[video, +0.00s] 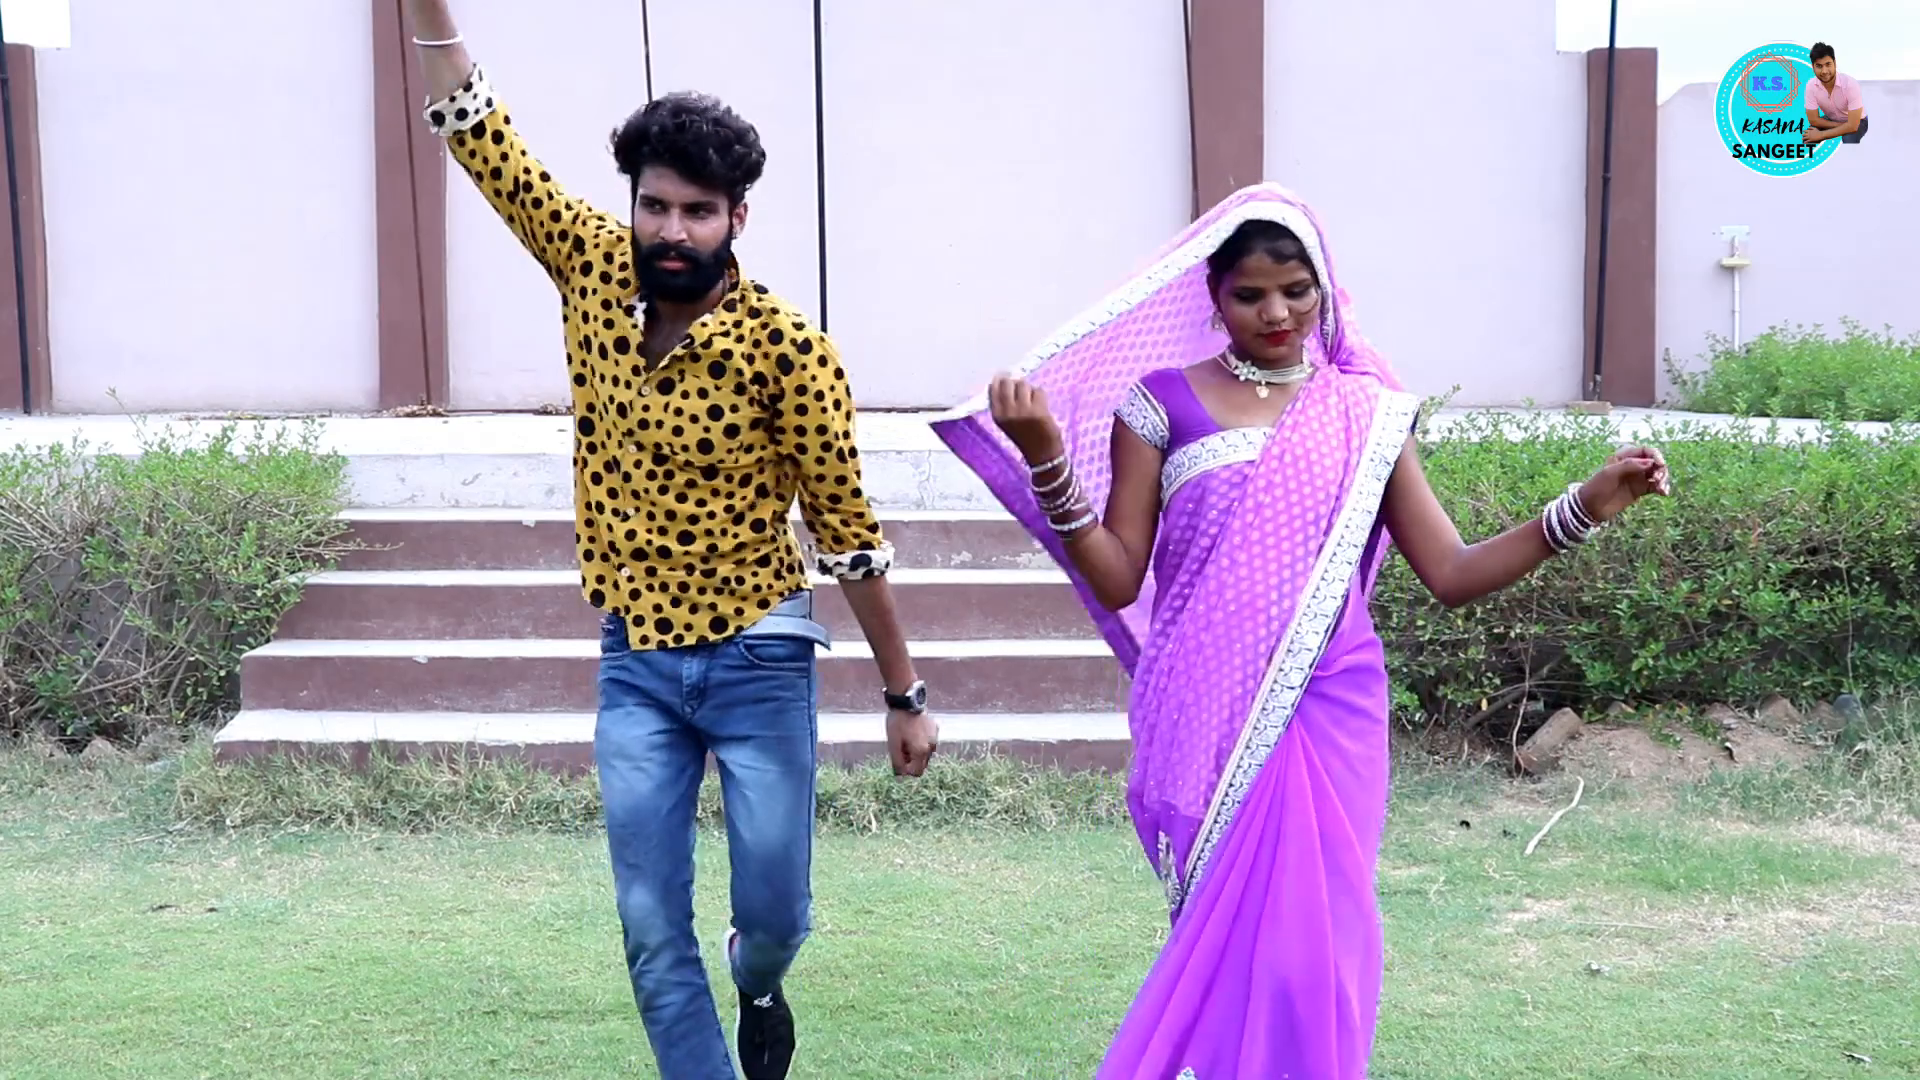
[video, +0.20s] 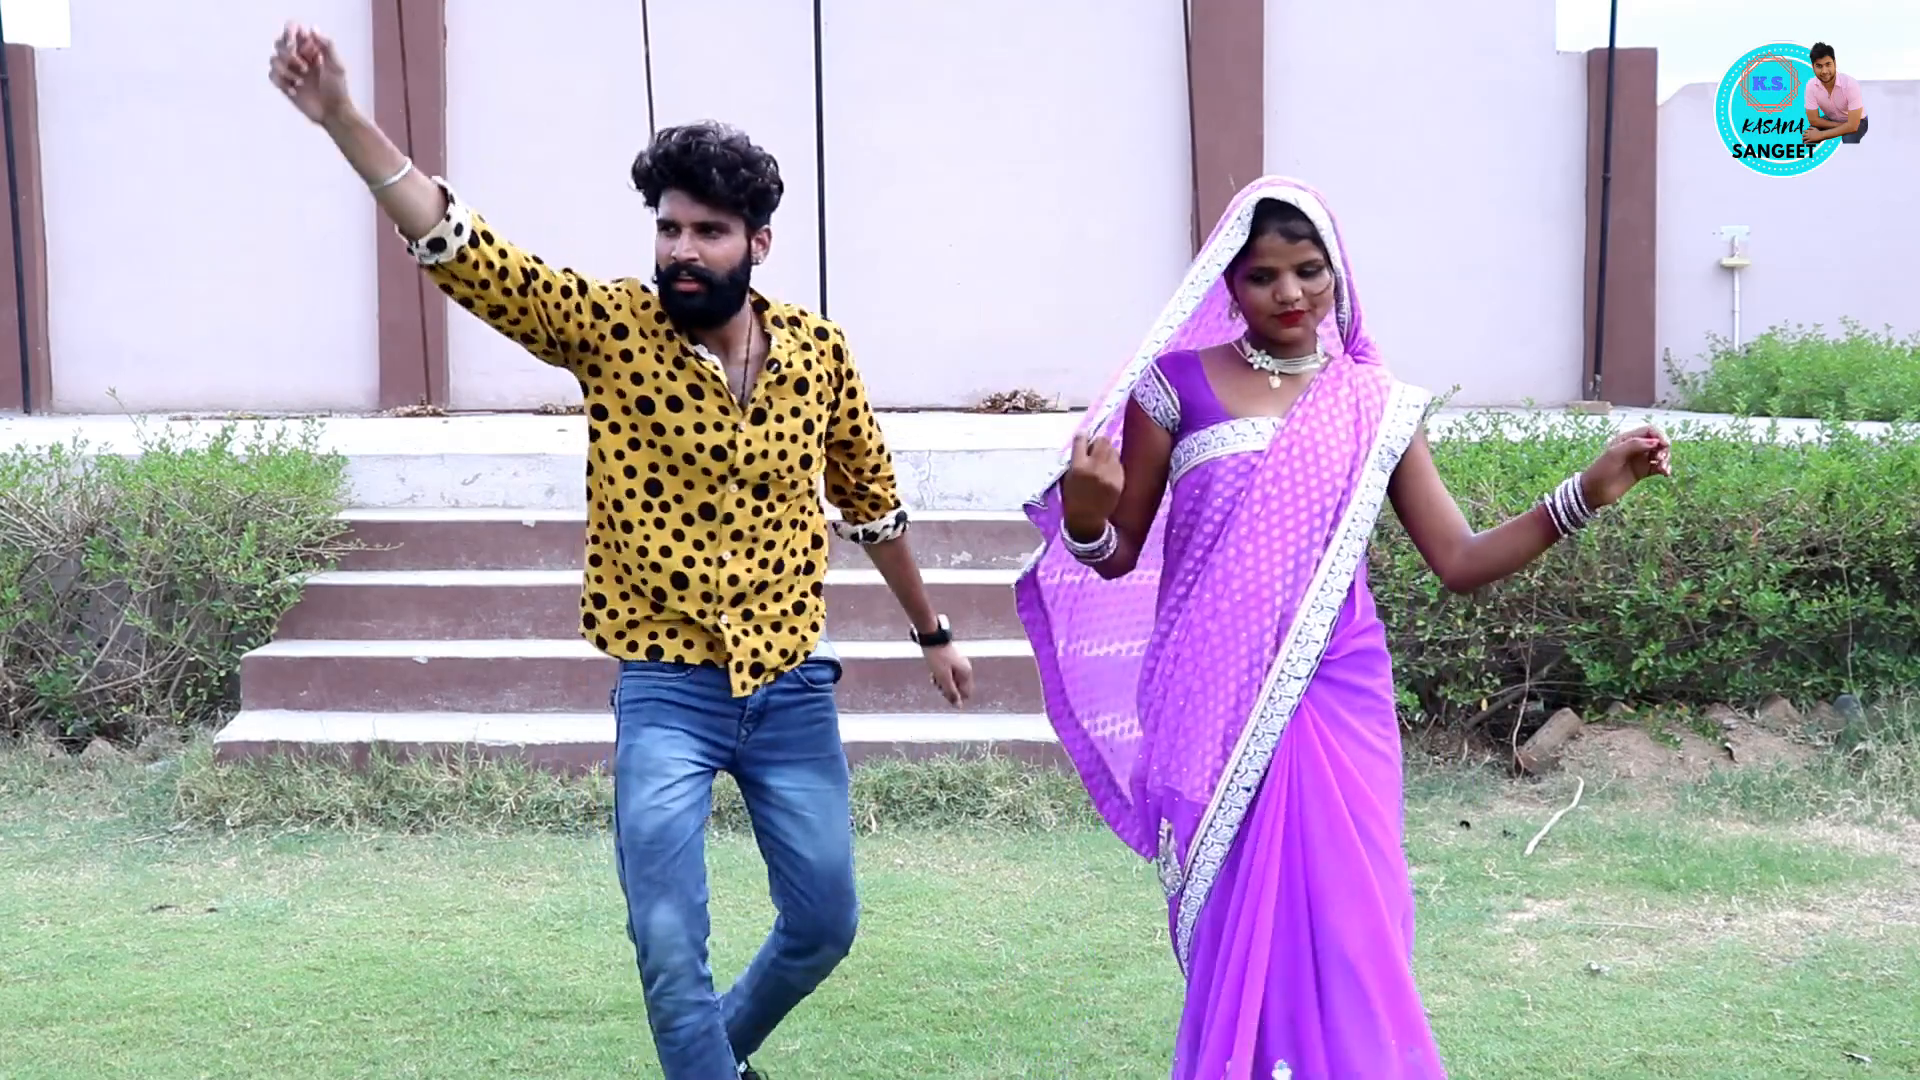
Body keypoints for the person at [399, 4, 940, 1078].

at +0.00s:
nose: (670, 231)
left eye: (695, 211)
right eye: (653, 206)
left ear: (736, 214)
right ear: (629, 203)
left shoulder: (789, 351)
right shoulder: (591, 269)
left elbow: (848, 536)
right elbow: (487, 148)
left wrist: (905, 692)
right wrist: (422, 8)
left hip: (762, 664)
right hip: (635, 667)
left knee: (775, 913)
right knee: (651, 928)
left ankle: (753, 994)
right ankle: (703, 1073)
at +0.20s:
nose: (683, 251)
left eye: (707, 232)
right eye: (669, 229)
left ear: (757, 241)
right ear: (652, 231)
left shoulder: (817, 353)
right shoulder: (611, 329)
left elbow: (873, 506)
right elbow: (462, 247)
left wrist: (933, 635)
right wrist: (339, 116)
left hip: (794, 689)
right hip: (665, 690)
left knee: (824, 921)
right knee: (667, 930)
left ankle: (717, 1047)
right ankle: (710, 1079)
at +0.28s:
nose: (694, 240)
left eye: (719, 219)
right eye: (679, 218)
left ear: (774, 230)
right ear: (664, 220)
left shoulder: (816, 334)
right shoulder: (631, 324)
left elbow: (860, 473)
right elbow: (487, 293)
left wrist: (917, 576)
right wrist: (350, 213)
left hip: (802, 672)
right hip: (682, 675)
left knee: (833, 899)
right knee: (687, 934)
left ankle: (682, 1027)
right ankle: (713, 1067)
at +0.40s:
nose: (719, 232)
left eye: (745, 211)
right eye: (703, 212)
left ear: (794, 219)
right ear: (689, 215)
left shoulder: (823, 315)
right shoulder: (664, 327)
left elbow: (839, 424)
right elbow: (552, 370)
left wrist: (873, 501)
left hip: (809, 655)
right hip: (703, 659)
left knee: (838, 869)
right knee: (711, 914)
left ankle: (687, 1041)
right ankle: (722, 1073)